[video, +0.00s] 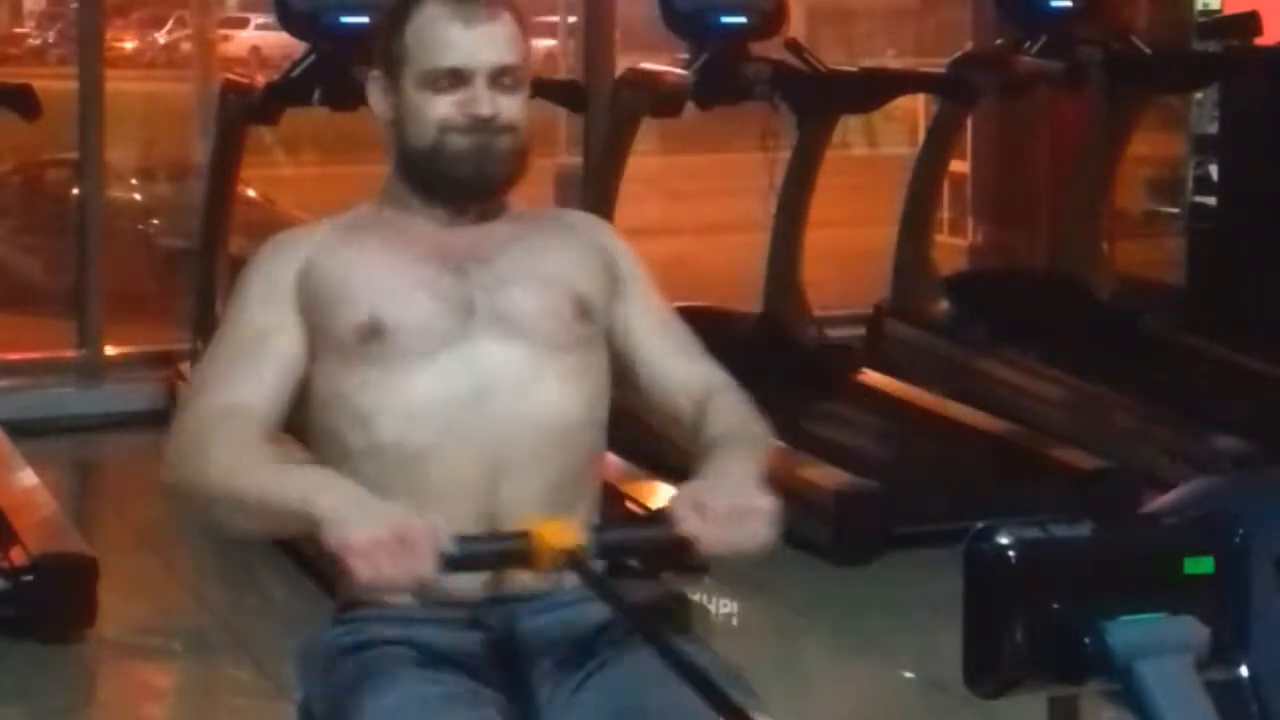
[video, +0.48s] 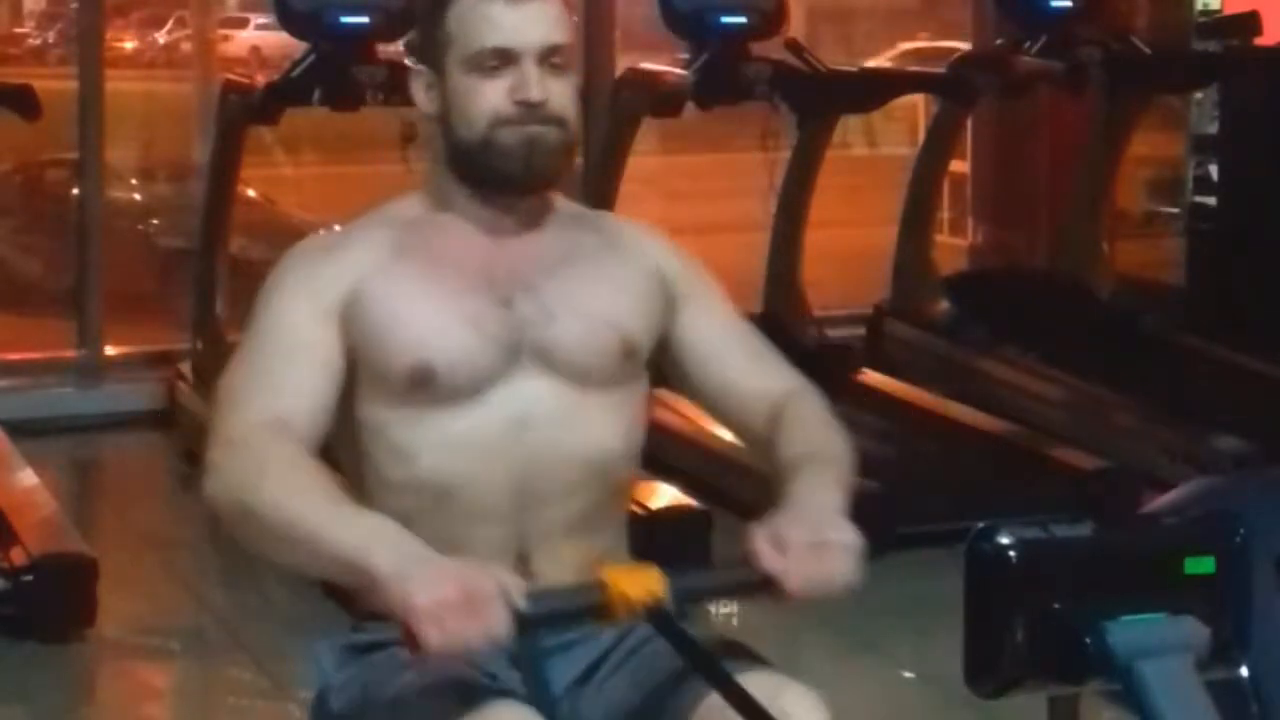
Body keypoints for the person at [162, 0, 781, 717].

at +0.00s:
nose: (485, 107)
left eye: (506, 83)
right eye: (449, 83)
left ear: (529, 98)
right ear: (383, 98)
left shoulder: (587, 251)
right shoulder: (305, 264)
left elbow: (713, 404)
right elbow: (205, 448)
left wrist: (733, 472)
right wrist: (337, 501)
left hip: (587, 621)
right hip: (400, 632)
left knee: (703, 706)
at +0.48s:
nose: (533, 89)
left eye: (554, 64)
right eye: (494, 65)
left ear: (579, 85)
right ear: (426, 89)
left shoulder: (639, 261)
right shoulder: (334, 272)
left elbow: (786, 405)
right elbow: (246, 462)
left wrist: (815, 498)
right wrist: (405, 567)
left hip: (611, 630)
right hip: (418, 640)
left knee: (791, 711)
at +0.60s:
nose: (580, 100)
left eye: (604, 70)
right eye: (540, 71)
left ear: (633, 91)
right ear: (470, 95)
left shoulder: (693, 281)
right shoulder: (367, 288)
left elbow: (845, 430)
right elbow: (323, 487)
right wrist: (468, 630)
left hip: (640, 643)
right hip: (432, 656)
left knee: (829, 688)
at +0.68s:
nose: (607, 107)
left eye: (630, 77)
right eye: (565, 78)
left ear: (657, 97)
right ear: (491, 102)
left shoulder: (725, 293)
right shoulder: (385, 298)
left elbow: (873, 447)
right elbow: (363, 509)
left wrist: (934, 633)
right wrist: (503, 678)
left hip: (648, 648)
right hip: (443, 662)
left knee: (827, 684)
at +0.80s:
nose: (659, 133)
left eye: (681, 99)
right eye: (613, 102)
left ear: (710, 119)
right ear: (537, 129)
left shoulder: (775, 318)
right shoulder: (424, 327)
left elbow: (911, 486)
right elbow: (441, 547)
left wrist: (1024, 689)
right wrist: (543, 712)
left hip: (659, 665)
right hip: (469, 673)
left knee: (846, 677)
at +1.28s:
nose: (638, 114)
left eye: (663, 81)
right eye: (592, 84)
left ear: (694, 105)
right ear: (521, 109)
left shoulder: (762, 301)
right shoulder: (415, 304)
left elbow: (899, 482)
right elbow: (445, 511)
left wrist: (1016, 679)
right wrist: (556, 704)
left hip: (656, 654)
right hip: (460, 670)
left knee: (851, 675)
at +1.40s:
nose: (568, 90)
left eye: (592, 62)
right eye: (526, 65)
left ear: (622, 84)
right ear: (459, 89)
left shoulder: (697, 266)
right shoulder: (374, 273)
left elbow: (823, 418)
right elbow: (385, 451)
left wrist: (908, 567)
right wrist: (497, 613)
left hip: (641, 635)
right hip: (429, 641)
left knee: (842, 679)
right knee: (509, 697)